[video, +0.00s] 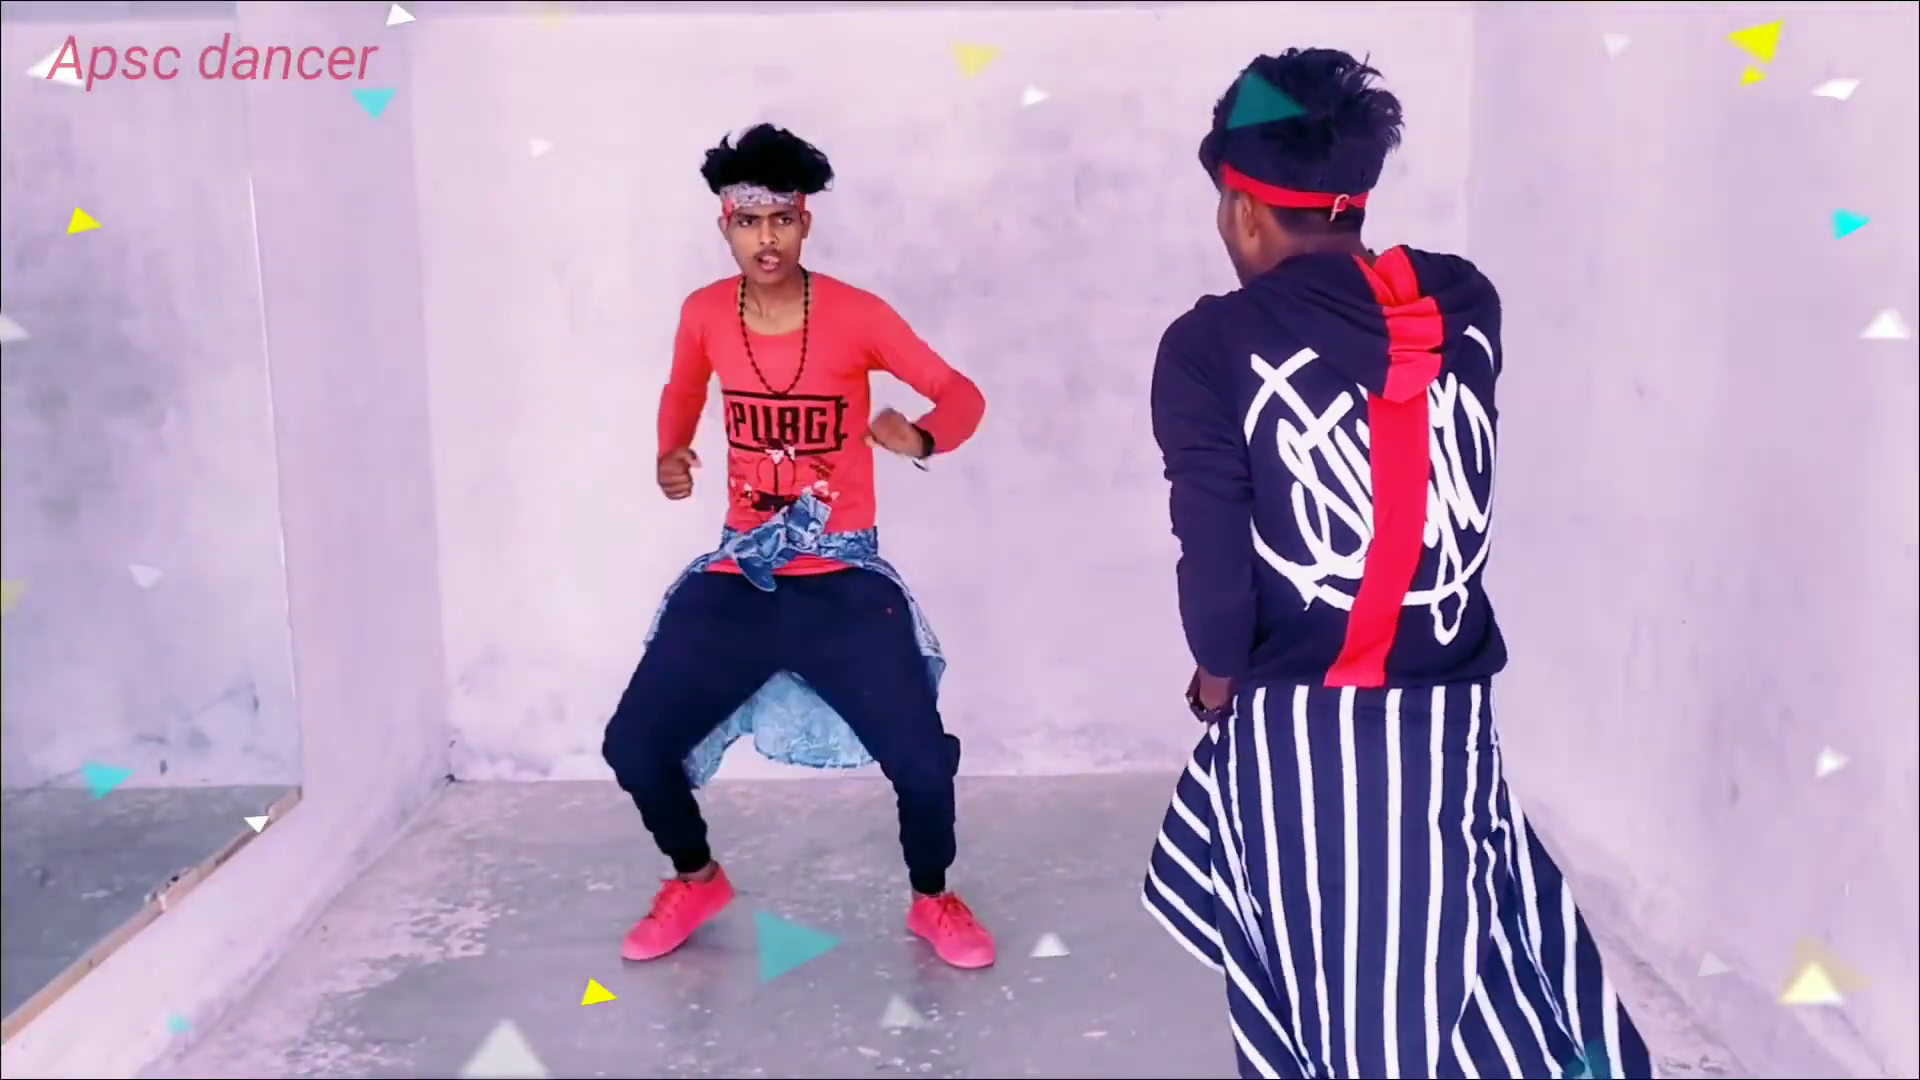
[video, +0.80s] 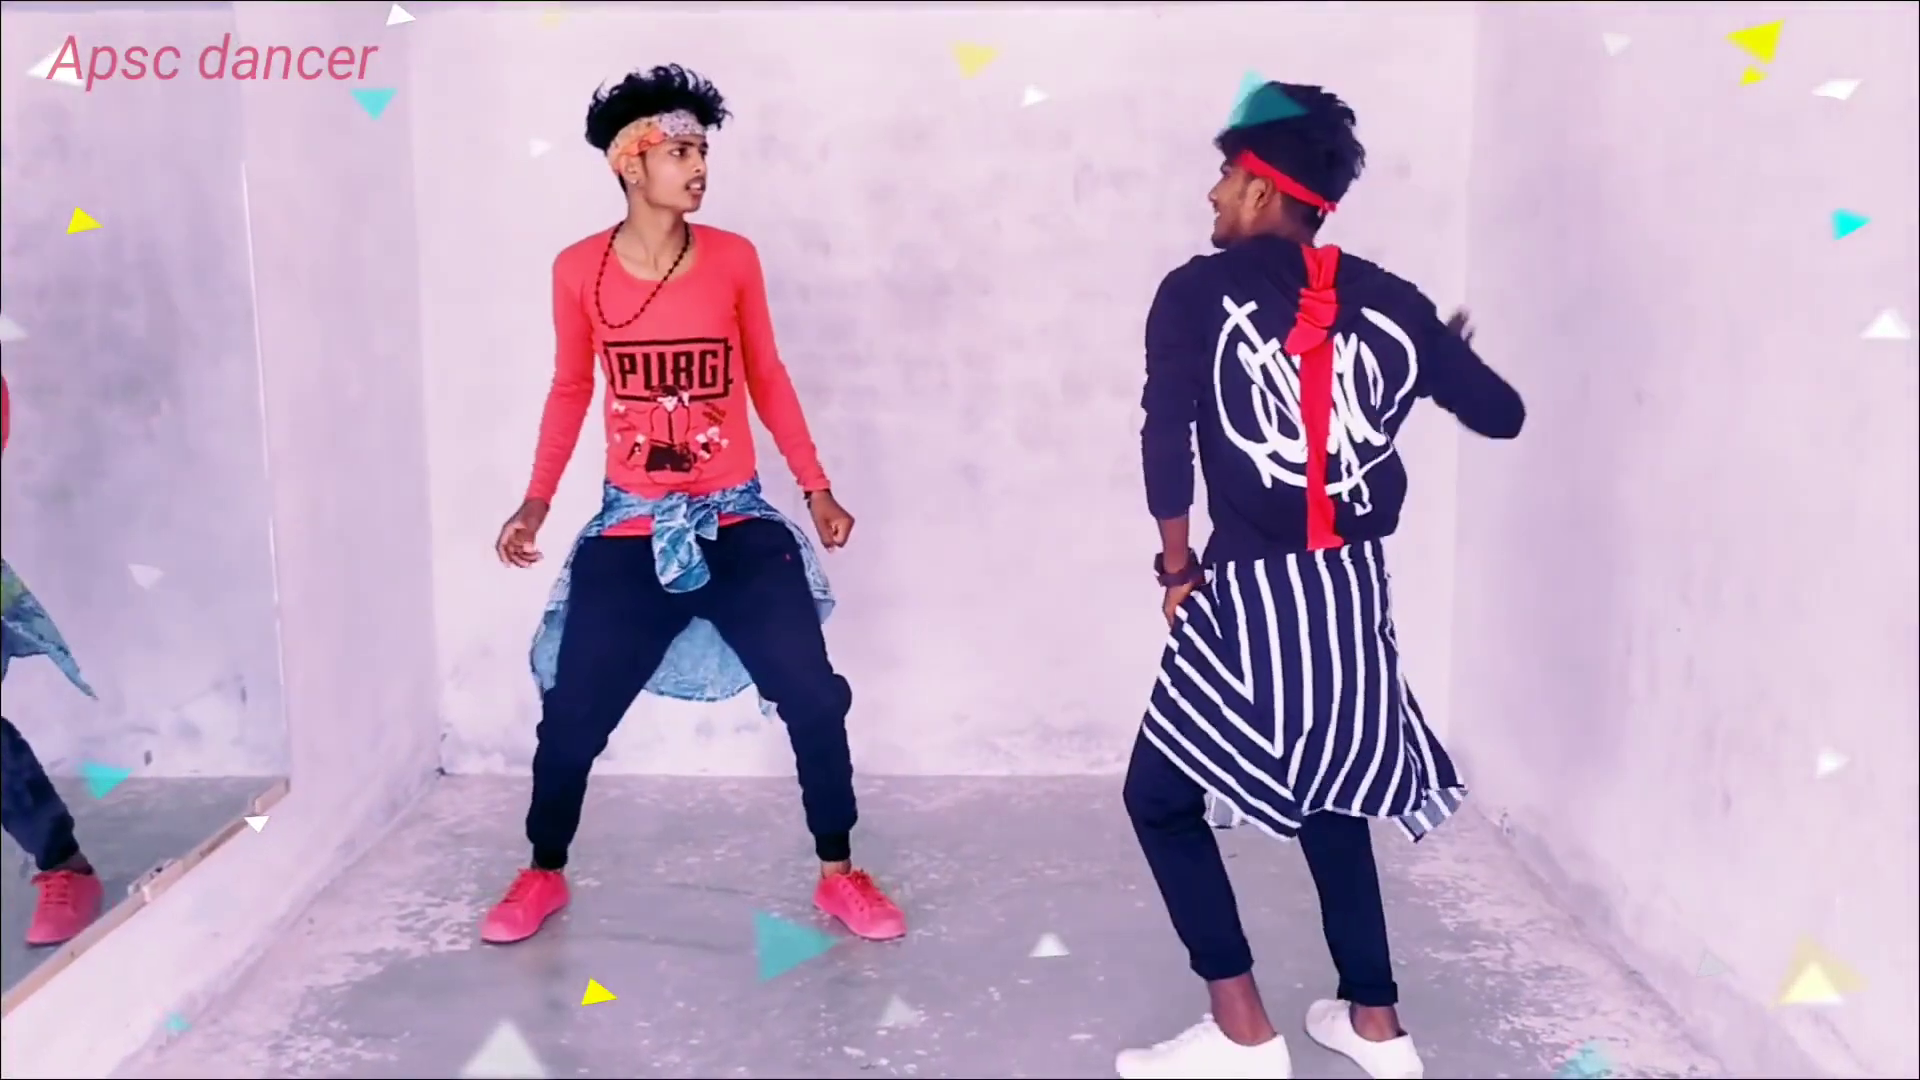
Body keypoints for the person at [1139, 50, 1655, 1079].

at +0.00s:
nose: (1218, 222)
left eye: (1221, 199)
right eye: (1221, 197)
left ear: (1245, 207)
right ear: (1357, 202)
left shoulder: (1210, 344)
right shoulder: (1458, 308)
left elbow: (1215, 531)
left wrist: (1218, 665)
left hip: (1302, 722)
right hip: (1449, 714)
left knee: (1320, 988)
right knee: (1472, 970)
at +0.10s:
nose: (1222, 218)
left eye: (1223, 196)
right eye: (1222, 194)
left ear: (1246, 196)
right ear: (1351, 194)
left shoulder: (1226, 322)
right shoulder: (1443, 296)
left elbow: (1242, 518)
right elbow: (1460, 480)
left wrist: (1226, 636)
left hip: (1305, 682)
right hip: (1440, 677)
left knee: (1302, 960)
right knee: (1414, 956)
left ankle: (1319, 1067)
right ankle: (1417, 1064)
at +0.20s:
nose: (1225, 203)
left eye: (1226, 182)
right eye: (1222, 184)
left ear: (1251, 187)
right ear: (1347, 182)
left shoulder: (1249, 304)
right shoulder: (1432, 284)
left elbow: (1273, 504)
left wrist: (1232, 632)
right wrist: (1258, 260)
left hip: (1310, 681)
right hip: (1432, 671)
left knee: (1291, 957)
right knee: (1394, 945)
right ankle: (1408, 1068)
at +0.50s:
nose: (1256, 184)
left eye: (1268, 164)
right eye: (1262, 162)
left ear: (1313, 178)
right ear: (1347, 183)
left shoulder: (1318, 286)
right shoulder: (1400, 279)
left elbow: (1322, 475)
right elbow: (1299, 405)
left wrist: (1236, 599)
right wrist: (1224, 309)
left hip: (1307, 606)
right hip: (1377, 600)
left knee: (1238, 849)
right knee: (1347, 843)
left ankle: (1375, 1065)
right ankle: (1371, 1059)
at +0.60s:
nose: (1276, 159)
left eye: (1301, 146)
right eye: (1291, 140)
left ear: (1340, 172)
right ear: (1379, 185)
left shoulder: (1242, 268)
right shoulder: (1410, 274)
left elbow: (1213, 421)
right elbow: (1433, 356)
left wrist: (1214, 563)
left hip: (1279, 594)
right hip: (1384, 586)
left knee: (1225, 843)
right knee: (1355, 813)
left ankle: (1410, 1043)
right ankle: (1377, 1012)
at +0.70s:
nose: (1258, 180)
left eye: (1276, 169)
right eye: (1270, 160)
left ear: (1311, 189)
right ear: (1354, 201)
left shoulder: (1220, 281)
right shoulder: (1414, 289)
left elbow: (1171, 410)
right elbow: (1543, 348)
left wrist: (1181, 559)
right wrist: (1460, 228)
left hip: (1259, 584)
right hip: (1367, 588)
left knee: (1193, 825)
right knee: (1344, 812)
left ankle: (1355, 1029)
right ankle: (1380, 1034)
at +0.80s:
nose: (1213, 187)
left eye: (1228, 172)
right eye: (1222, 168)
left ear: (1264, 188)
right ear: (1307, 196)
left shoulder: (1198, 289)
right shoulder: (1384, 297)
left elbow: (1169, 421)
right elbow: (1502, 415)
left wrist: (1173, 545)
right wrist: (1446, 348)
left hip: (1246, 596)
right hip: (1355, 593)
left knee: (1158, 795)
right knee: (1333, 808)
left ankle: (1242, 1029)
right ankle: (1378, 1028)